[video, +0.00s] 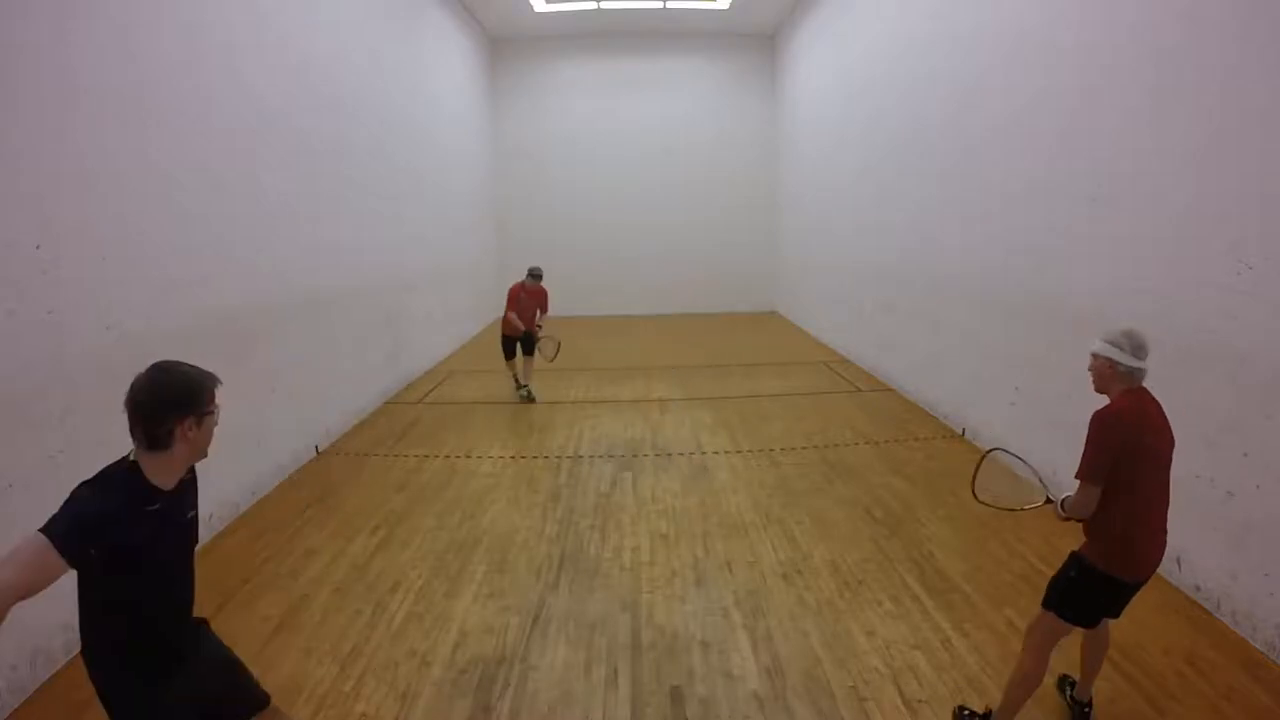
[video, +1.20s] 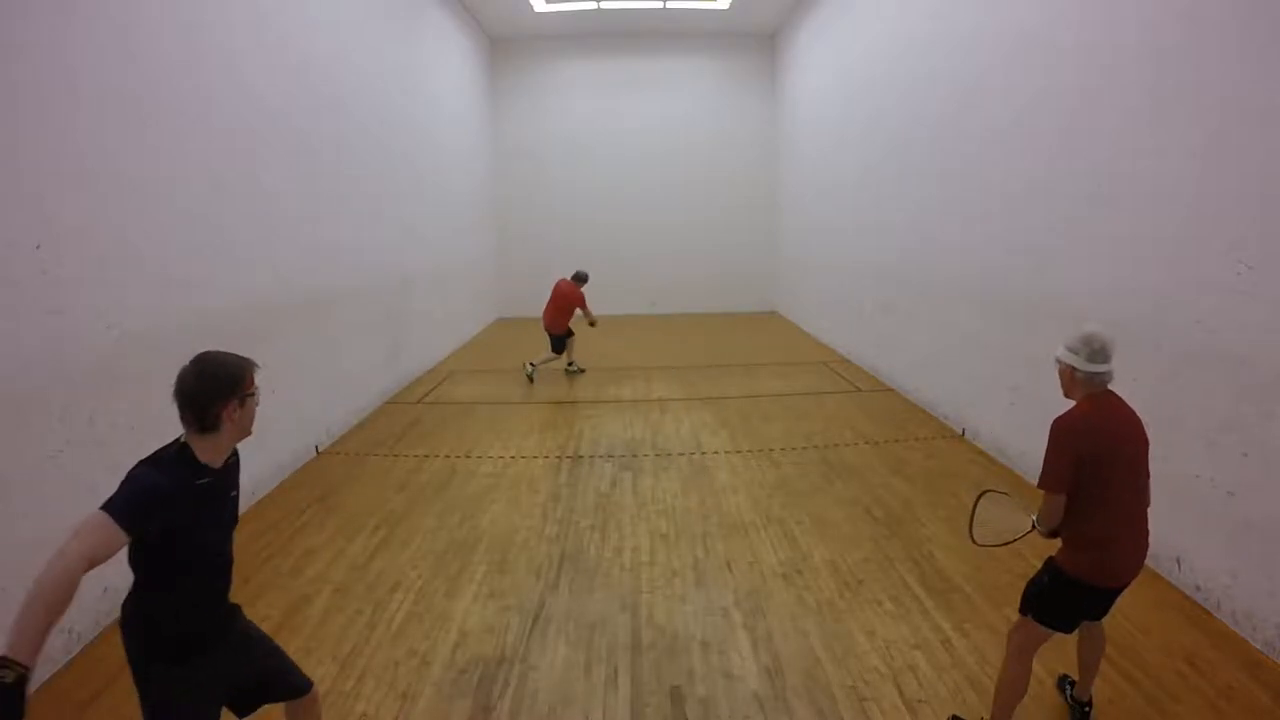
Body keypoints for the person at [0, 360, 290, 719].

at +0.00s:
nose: (217, 421)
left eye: (214, 412)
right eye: (212, 414)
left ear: (186, 431)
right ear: (188, 429)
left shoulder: (182, 473)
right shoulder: (99, 505)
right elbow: (7, 588)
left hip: (183, 637)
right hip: (130, 669)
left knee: (262, 709)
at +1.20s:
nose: (257, 404)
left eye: (254, 394)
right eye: (252, 396)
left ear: (226, 412)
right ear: (231, 412)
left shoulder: (227, 457)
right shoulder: (155, 482)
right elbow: (70, 561)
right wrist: (12, 671)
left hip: (216, 617)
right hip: (162, 637)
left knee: (303, 695)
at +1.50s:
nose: (278, 355)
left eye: (277, 347)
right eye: (274, 348)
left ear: (248, 362)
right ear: (253, 361)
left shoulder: (248, 411)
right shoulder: (185, 429)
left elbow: (230, 489)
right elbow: (116, 520)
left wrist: (251, 537)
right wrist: (110, 635)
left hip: (239, 572)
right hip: (190, 592)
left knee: (293, 669)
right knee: (232, 710)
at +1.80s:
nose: (255, 359)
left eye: (252, 349)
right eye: (246, 351)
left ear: (219, 362)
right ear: (216, 360)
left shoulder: (226, 408)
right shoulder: (167, 434)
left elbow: (210, 498)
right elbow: (122, 536)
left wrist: (233, 565)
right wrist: (182, 625)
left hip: (239, 574)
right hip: (195, 597)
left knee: (288, 669)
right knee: (249, 703)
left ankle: (307, 714)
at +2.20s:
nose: (214, 357)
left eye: (212, 347)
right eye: (202, 349)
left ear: (176, 359)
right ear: (169, 359)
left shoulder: (189, 402)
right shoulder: (143, 431)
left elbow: (183, 488)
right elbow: (110, 532)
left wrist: (202, 548)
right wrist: (166, 605)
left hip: (208, 554)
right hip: (172, 579)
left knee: (245, 628)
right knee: (217, 694)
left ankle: (234, 674)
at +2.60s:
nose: (209, 324)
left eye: (206, 315)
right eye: (205, 317)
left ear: (165, 330)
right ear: (192, 325)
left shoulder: (159, 378)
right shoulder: (185, 386)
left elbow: (157, 445)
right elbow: (176, 474)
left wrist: (211, 470)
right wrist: (212, 542)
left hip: (177, 519)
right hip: (202, 527)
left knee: (205, 595)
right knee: (254, 621)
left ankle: (210, 675)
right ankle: (253, 711)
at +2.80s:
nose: (233, 358)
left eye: (229, 350)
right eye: (230, 351)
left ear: (190, 365)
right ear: (222, 361)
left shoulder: (188, 409)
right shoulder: (216, 421)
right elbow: (237, 507)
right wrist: (295, 546)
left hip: (191, 539)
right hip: (221, 546)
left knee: (211, 607)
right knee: (315, 606)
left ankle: (190, 685)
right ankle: (334, 703)